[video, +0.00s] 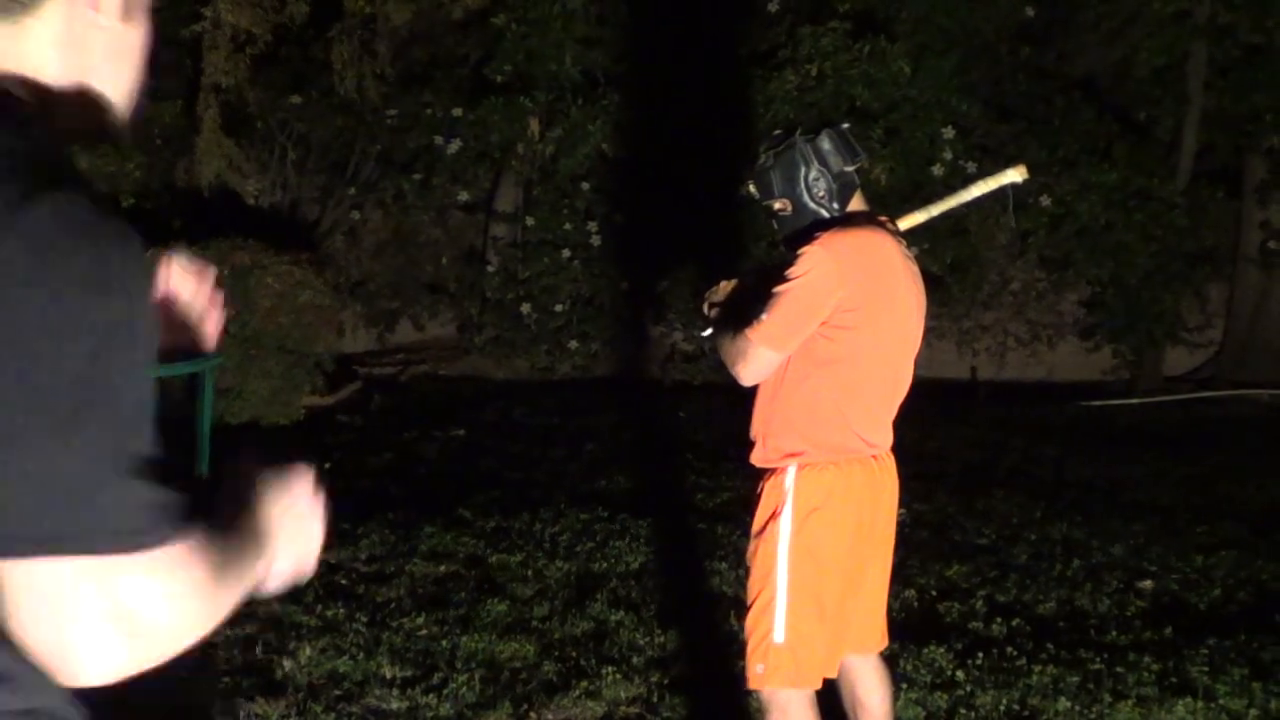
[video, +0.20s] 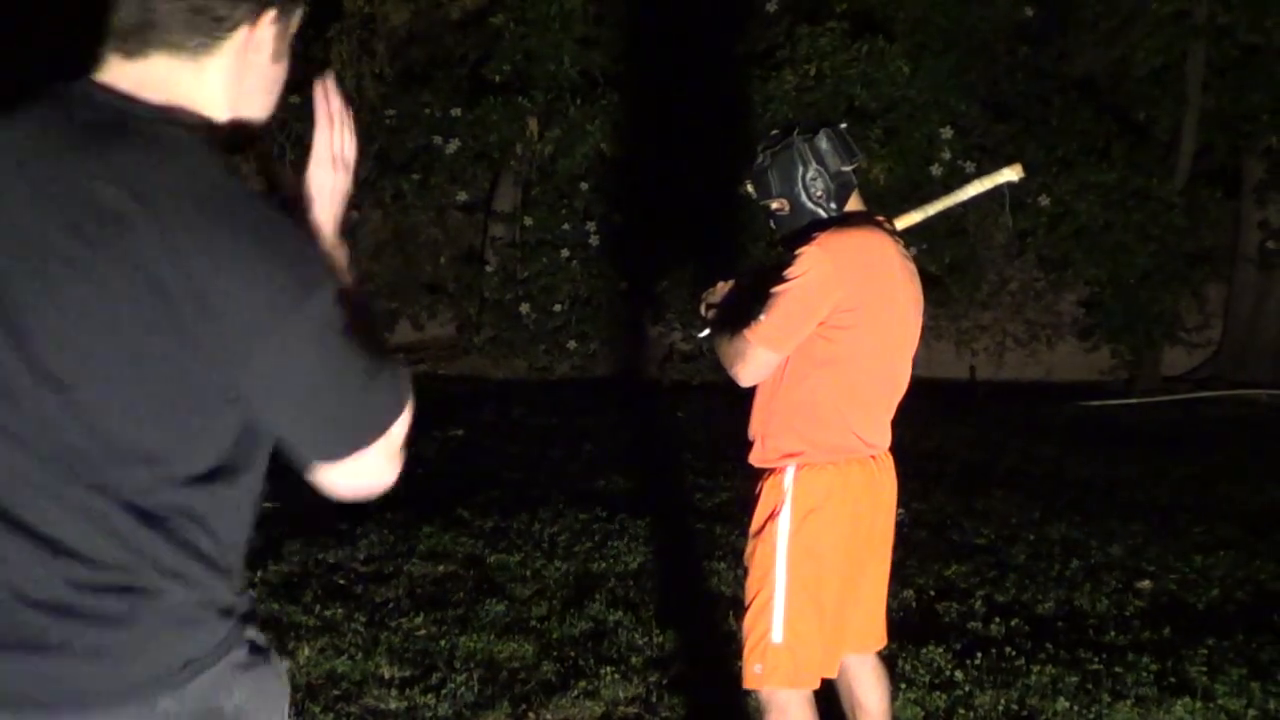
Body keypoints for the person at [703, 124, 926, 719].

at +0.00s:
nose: (777, 215)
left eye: (779, 202)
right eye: (774, 202)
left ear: (802, 197)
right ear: (844, 185)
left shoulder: (830, 258)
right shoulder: (899, 261)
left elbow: (749, 364)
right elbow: (828, 343)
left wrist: (721, 317)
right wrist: (759, 300)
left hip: (809, 484)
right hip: (870, 481)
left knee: (781, 677)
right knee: (857, 651)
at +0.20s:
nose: (774, 214)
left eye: (776, 200)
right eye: (771, 201)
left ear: (800, 195)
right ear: (842, 184)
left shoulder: (828, 259)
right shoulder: (896, 261)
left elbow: (746, 365)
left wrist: (719, 318)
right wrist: (756, 301)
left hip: (808, 484)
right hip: (868, 480)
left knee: (779, 678)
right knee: (855, 652)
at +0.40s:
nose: (772, 213)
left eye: (774, 199)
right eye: (769, 201)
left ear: (797, 195)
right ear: (840, 183)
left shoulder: (826, 258)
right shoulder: (893, 260)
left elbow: (745, 365)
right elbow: (822, 343)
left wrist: (717, 320)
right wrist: (752, 302)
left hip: (806, 484)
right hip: (867, 481)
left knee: (777, 678)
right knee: (852, 652)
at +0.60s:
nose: (771, 214)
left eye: (774, 200)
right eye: (768, 201)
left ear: (799, 194)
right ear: (838, 184)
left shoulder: (825, 259)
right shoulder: (892, 259)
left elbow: (745, 365)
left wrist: (713, 319)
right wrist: (753, 301)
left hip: (806, 485)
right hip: (866, 481)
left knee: (775, 678)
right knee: (849, 653)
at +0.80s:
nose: (773, 212)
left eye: (778, 197)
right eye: (768, 199)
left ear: (810, 188)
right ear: (838, 184)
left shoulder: (831, 259)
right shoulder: (887, 258)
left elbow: (745, 365)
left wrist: (712, 320)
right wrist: (746, 304)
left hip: (809, 486)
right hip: (862, 482)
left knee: (775, 681)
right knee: (844, 657)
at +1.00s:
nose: (775, 206)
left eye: (782, 192)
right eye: (772, 192)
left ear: (820, 188)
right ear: (840, 185)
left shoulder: (836, 262)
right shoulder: (881, 257)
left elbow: (750, 369)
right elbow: (815, 343)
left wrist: (714, 323)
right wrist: (742, 308)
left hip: (815, 487)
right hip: (857, 482)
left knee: (777, 680)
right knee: (835, 661)